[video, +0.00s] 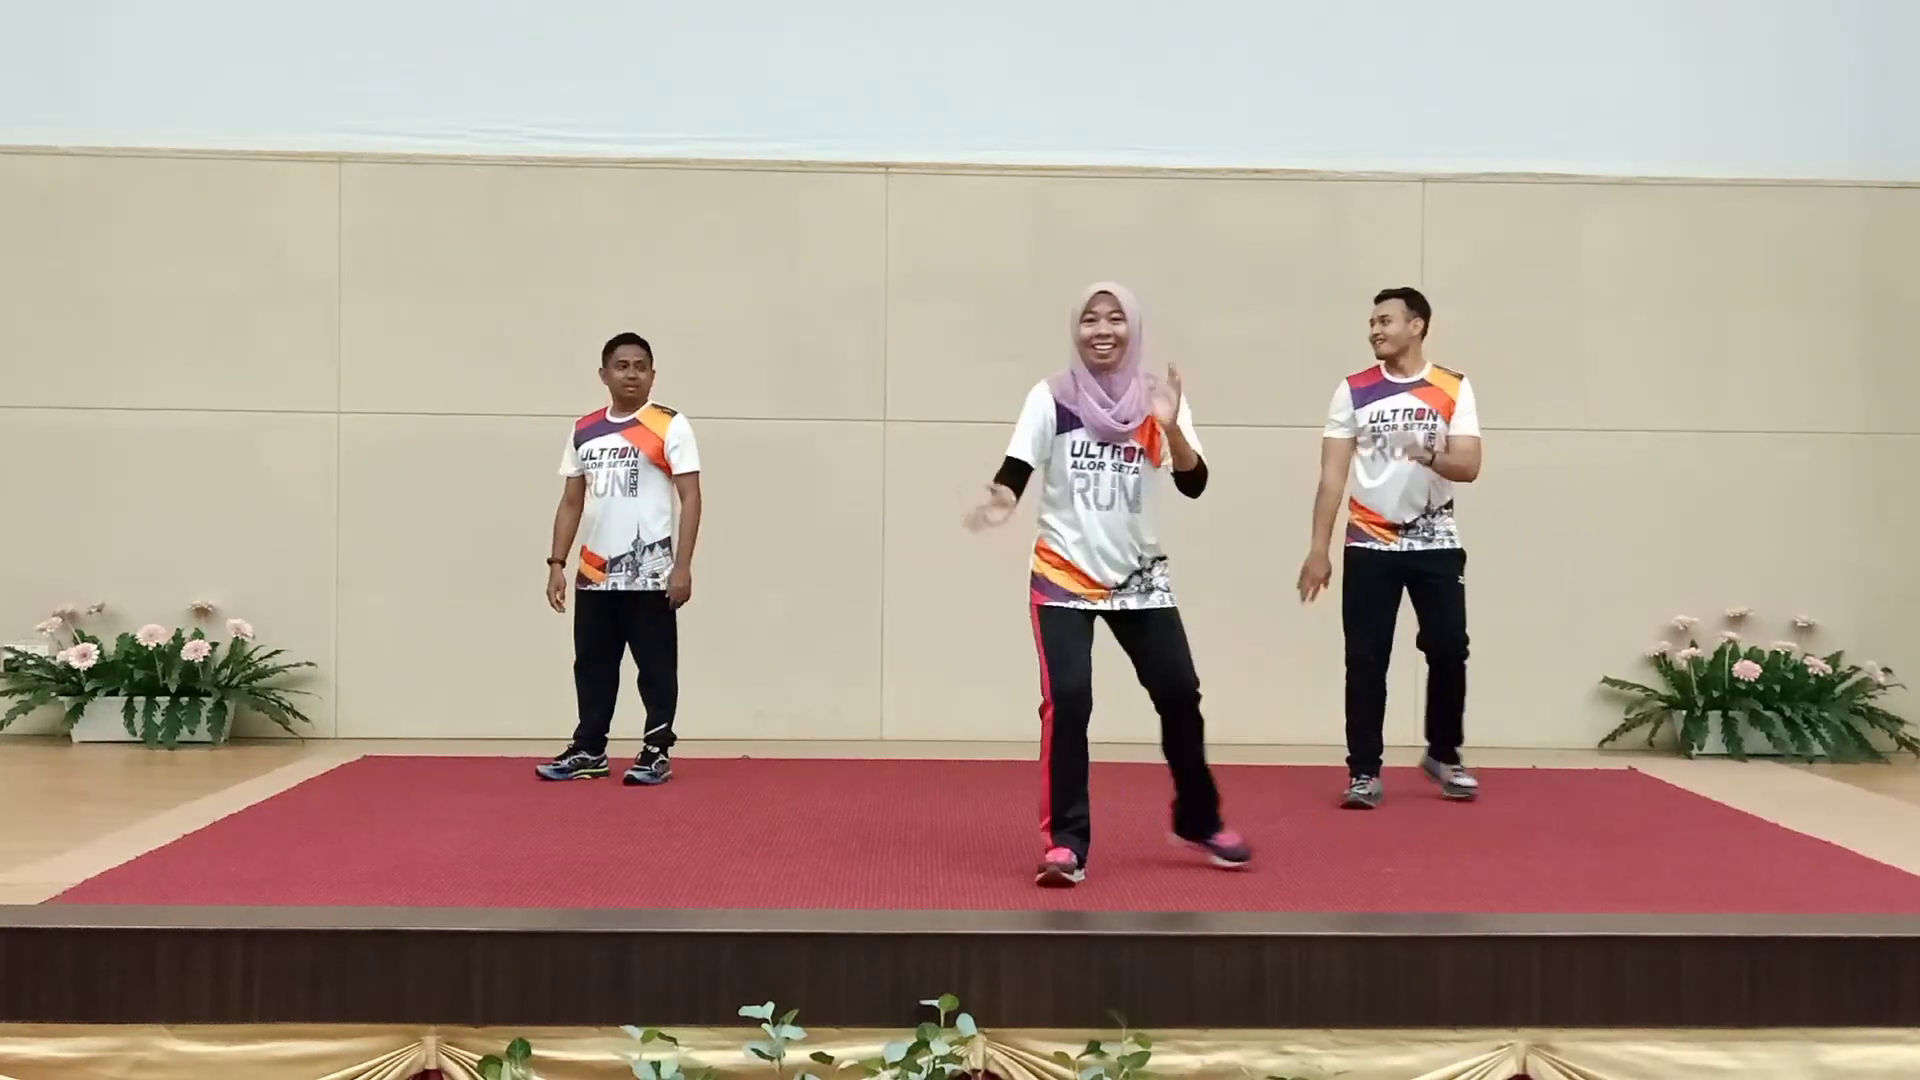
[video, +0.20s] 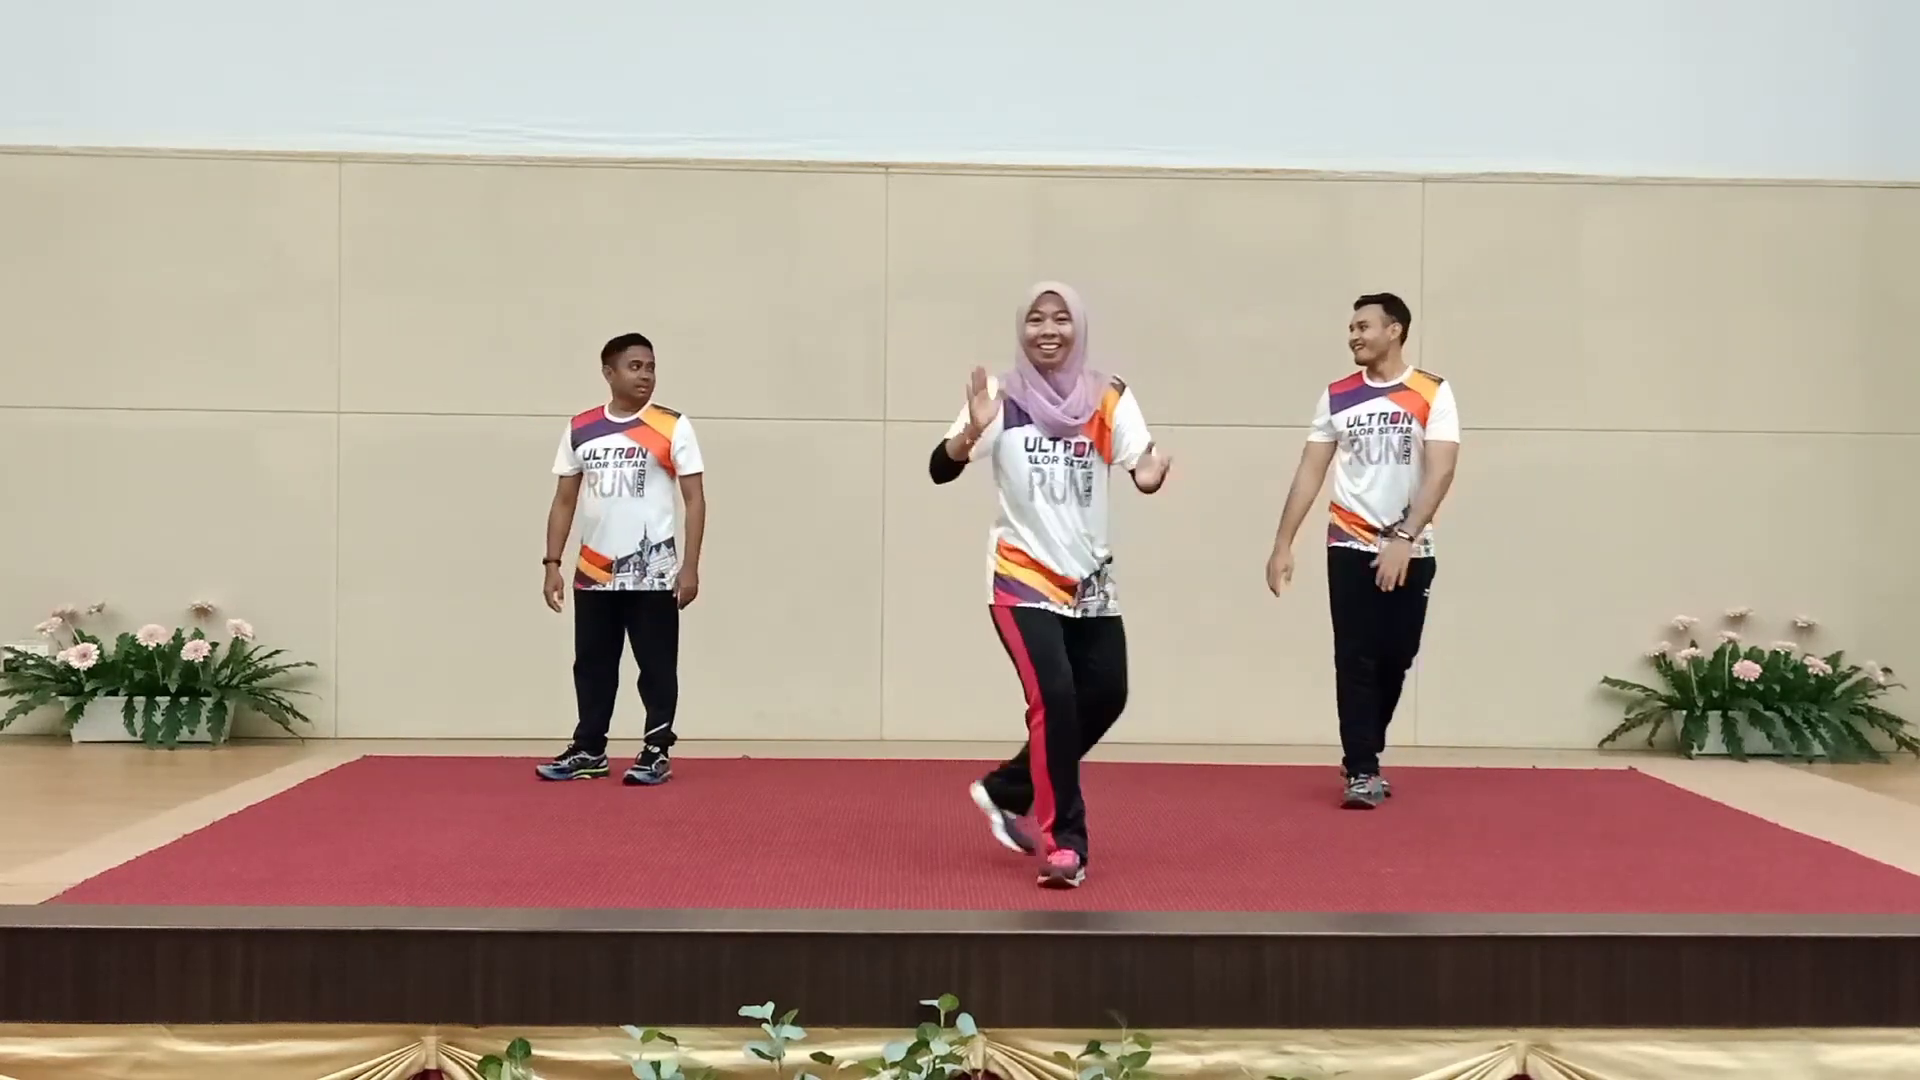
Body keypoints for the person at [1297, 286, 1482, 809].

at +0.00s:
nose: (1375, 328)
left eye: (1386, 320)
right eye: (1372, 322)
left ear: (1418, 327)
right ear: (1371, 331)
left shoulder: (1454, 390)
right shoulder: (1352, 392)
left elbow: (1468, 468)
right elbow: (1332, 475)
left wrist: (1433, 459)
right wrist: (1319, 550)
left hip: (1436, 544)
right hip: (1371, 545)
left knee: (1450, 649)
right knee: (1365, 659)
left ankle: (1443, 756)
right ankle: (1364, 772)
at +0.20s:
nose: (1354, 335)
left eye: (1364, 327)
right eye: (1351, 328)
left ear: (1396, 332)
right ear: (1355, 335)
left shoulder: (1433, 393)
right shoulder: (1336, 397)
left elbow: (1439, 473)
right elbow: (1311, 470)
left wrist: (1404, 537)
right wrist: (1284, 540)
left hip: (1409, 549)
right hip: (1350, 547)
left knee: (1393, 660)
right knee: (1354, 658)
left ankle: (1364, 755)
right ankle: (1361, 771)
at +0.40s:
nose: (1340, 332)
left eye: (1350, 324)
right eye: (1339, 324)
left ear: (1383, 332)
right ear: (1341, 332)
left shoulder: (1419, 401)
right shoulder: (1324, 394)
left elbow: (1429, 486)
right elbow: (1305, 469)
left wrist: (1418, 563)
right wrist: (1286, 539)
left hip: (1393, 551)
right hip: (1335, 545)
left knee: (1378, 660)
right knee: (1341, 654)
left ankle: (1364, 762)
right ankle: (1342, 765)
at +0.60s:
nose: (1321, 333)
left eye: (1331, 326)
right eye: (1321, 326)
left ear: (1363, 331)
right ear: (1331, 333)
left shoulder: (1404, 398)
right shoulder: (1306, 394)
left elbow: (1424, 480)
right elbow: (1292, 474)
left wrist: (1420, 554)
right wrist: (1283, 547)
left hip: (1380, 551)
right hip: (1317, 545)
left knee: (1370, 661)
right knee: (1305, 646)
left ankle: (1359, 763)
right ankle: (1298, 759)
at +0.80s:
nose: (1298, 334)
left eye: (1308, 326)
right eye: (1299, 326)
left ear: (1340, 332)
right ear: (1313, 333)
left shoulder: (1380, 396)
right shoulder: (1284, 395)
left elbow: (1399, 479)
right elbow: (1270, 474)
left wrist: (1404, 554)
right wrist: (1262, 546)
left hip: (1360, 553)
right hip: (1296, 550)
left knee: (1360, 663)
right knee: (1283, 659)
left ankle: (1358, 764)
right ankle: (1273, 760)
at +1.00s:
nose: (1272, 336)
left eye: (1282, 328)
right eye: (1273, 328)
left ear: (1313, 333)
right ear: (1295, 335)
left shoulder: (1353, 396)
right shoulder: (1262, 396)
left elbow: (1366, 480)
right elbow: (1245, 472)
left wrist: (1359, 552)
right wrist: (1237, 541)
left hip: (1332, 550)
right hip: (1271, 548)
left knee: (1343, 658)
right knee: (1271, 658)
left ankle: (1357, 763)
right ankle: (1271, 760)